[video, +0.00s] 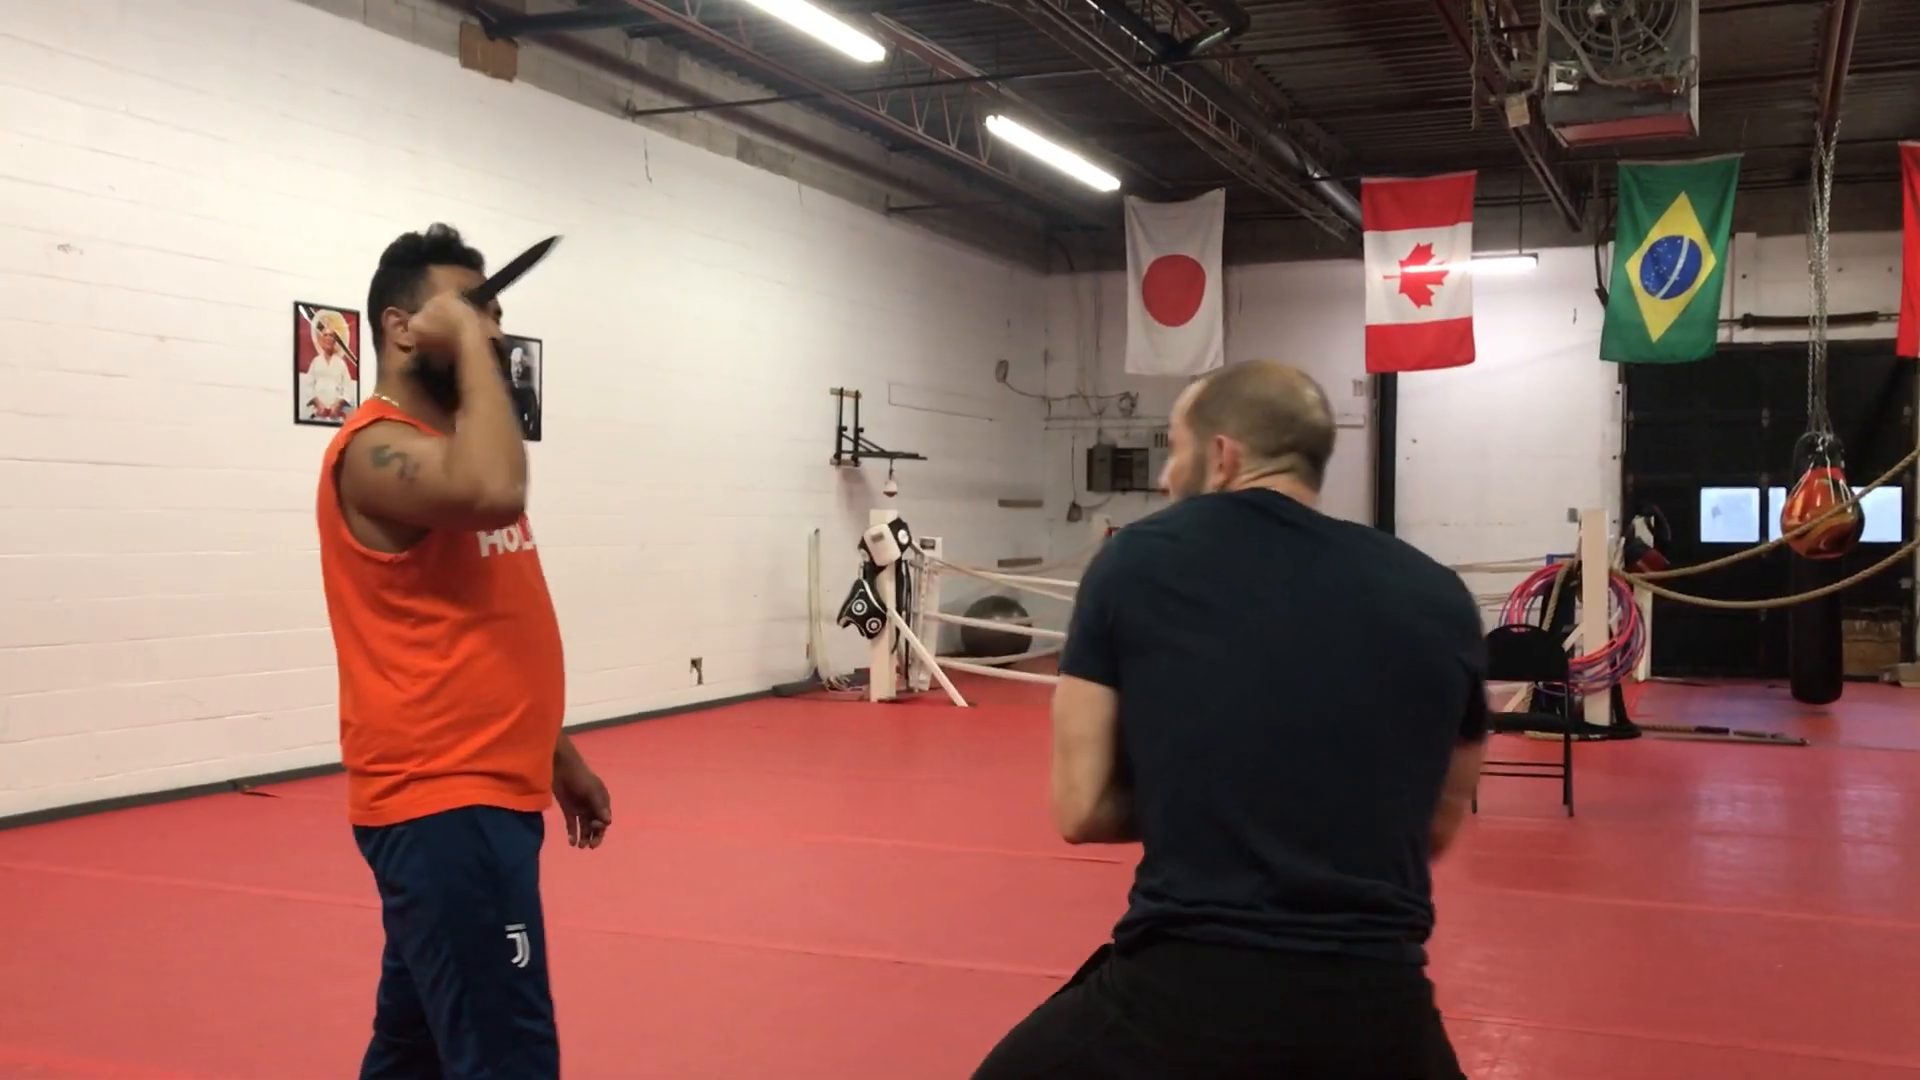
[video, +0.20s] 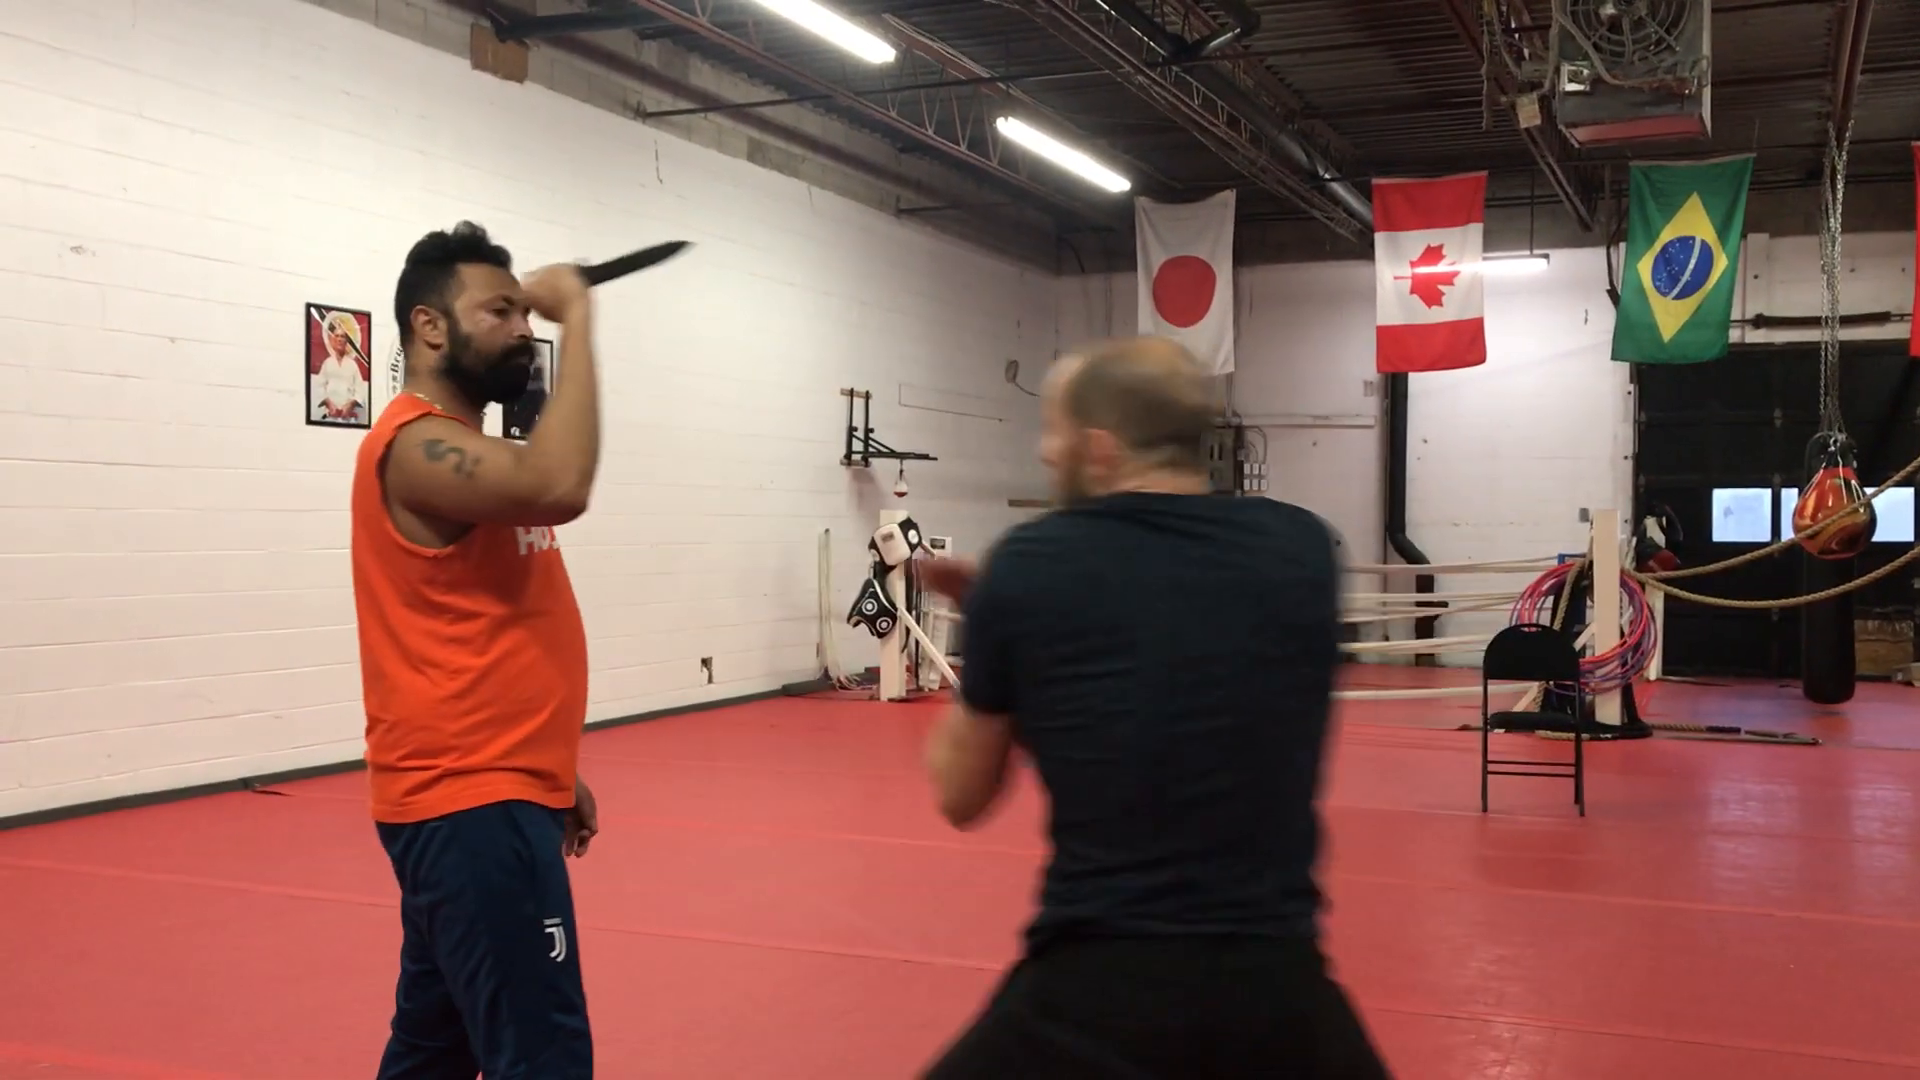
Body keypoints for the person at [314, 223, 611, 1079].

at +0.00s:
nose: (488, 326)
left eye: (488, 310)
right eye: (468, 307)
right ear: (402, 328)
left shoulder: (457, 439)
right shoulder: (377, 446)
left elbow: (487, 622)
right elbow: (492, 485)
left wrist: (557, 751)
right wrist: (471, 340)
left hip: (481, 798)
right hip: (439, 804)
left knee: (415, 1055)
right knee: (509, 1057)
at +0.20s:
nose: (526, 331)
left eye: (524, 313)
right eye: (499, 310)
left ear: (438, 334)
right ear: (429, 328)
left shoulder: (457, 440)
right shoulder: (420, 441)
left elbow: (482, 639)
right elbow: (556, 482)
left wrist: (549, 772)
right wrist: (575, 317)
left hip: (479, 796)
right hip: (469, 802)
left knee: (433, 1049)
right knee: (545, 1055)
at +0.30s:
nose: (534, 327)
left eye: (533, 309)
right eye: (511, 308)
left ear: (448, 332)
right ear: (440, 325)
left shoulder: (449, 437)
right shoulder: (436, 440)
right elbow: (583, 485)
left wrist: (544, 784)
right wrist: (627, 316)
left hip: (473, 794)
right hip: (483, 800)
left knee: (437, 1052)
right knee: (555, 1055)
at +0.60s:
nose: (549, 328)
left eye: (548, 310)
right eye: (525, 308)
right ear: (454, 324)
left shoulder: (467, 426)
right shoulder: (461, 435)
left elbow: (610, 464)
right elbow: (630, 460)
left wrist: (641, 408)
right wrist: (709, 306)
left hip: (475, 792)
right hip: (489, 798)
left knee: (436, 1051)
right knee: (561, 1053)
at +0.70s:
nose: (548, 333)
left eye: (549, 315)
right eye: (525, 314)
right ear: (453, 326)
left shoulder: (482, 430)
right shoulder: (454, 432)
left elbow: (501, 628)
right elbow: (617, 453)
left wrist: (558, 773)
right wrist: (651, 388)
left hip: (492, 791)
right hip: (479, 796)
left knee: (437, 1053)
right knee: (552, 1056)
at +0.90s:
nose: (541, 330)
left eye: (542, 313)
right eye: (516, 312)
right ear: (444, 326)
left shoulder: (462, 430)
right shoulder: (452, 432)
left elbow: (486, 626)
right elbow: (619, 452)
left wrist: (557, 761)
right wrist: (663, 374)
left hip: (482, 790)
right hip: (477, 793)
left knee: (441, 1044)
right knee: (536, 1051)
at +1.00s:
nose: (540, 329)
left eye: (539, 312)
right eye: (514, 311)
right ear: (442, 327)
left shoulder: (440, 430)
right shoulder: (454, 433)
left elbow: (607, 459)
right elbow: (618, 455)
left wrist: (669, 395)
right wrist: (664, 380)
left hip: (463, 790)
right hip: (481, 794)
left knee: (438, 1044)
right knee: (534, 1051)